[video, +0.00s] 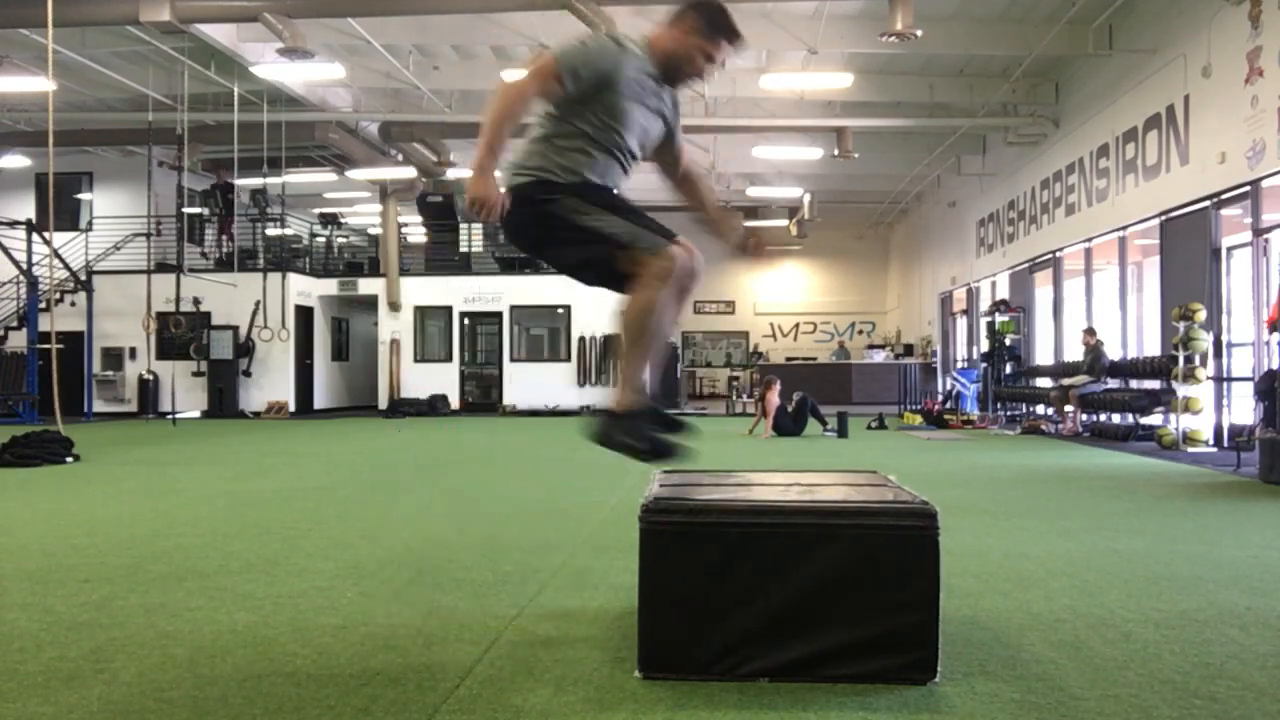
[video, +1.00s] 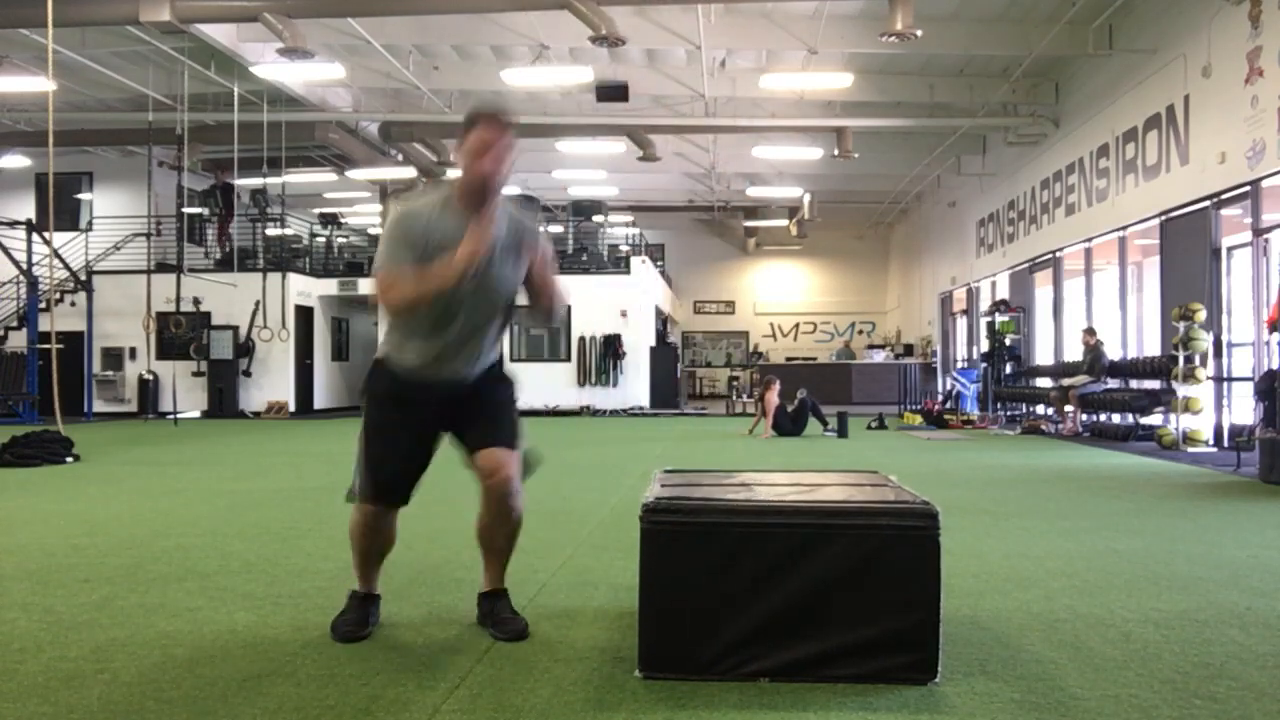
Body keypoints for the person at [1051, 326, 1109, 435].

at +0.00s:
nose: (1083, 340)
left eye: (1085, 337)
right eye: (1083, 337)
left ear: (1093, 338)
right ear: (1087, 338)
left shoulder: (1100, 354)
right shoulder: (1087, 351)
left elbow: (1096, 377)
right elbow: (1085, 372)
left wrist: (1073, 381)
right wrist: (1071, 380)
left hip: (1098, 382)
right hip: (1086, 380)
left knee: (1074, 393)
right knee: (1054, 395)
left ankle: (1076, 426)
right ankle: (1066, 424)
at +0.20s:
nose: (1083, 340)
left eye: (1086, 337)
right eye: (1083, 337)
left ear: (1093, 338)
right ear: (1085, 338)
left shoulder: (1099, 353)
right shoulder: (1087, 351)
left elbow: (1095, 376)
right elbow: (1084, 372)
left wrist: (1072, 381)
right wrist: (1070, 380)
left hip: (1098, 382)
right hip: (1085, 380)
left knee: (1073, 393)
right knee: (1055, 395)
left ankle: (1076, 426)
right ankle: (1066, 424)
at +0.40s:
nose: (1083, 340)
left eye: (1086, 337)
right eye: (1083, 337)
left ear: (1093, 338)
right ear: (1084, 337)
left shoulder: (1100, 353)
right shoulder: (1087, 351)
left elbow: (1095, 376)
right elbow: (1084, 371)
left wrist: (1072, 381)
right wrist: (1070, 380)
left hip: (1098, 382)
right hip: (1085, 380)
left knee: (1074, 393)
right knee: (1055, 395)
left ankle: (1076, 426)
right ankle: (1066, 424)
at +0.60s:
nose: (1083, 340)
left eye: (1086, 337)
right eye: (1083, 337)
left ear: (1093, 338)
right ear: (1084, 337)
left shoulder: (1100, 353)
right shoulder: (1087, 351)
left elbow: (1095, 376)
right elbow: (1084, 371)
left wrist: (1072, 381)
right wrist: (1070, 380)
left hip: (1098, 382)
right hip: (1085, 380)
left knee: (1074, 393)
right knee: (1055, 395)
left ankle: (1076, 426)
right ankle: (1066, 424)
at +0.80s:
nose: (1083, 340)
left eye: (1086, 337)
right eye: (1083, 337)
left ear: (1093, 338)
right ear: (1084, 337)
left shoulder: (1100, 353)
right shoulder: (1087, 351)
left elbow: (1095, 376)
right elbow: (1084, 371)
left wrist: (1072, 381)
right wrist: (1070, 380)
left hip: (1098, 382)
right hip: (1085, 380)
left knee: (1073, 393)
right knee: (1055, 395)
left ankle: (1076, 426)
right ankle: (1066, 424)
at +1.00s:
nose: (1083, 340)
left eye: (1086, 337)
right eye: (1083, 337)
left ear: (1093, 338)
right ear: (1084, 337)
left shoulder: (1100, 353)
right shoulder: (1087, 351)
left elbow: (1095, 376)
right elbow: (1084, 371)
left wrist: (1073, 381)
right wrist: (1070, 380)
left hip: (1098, 382)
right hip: (1085, 380)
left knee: (1073, 393)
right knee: (1055, 395)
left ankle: (1076, 426)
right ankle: (1066, 424)